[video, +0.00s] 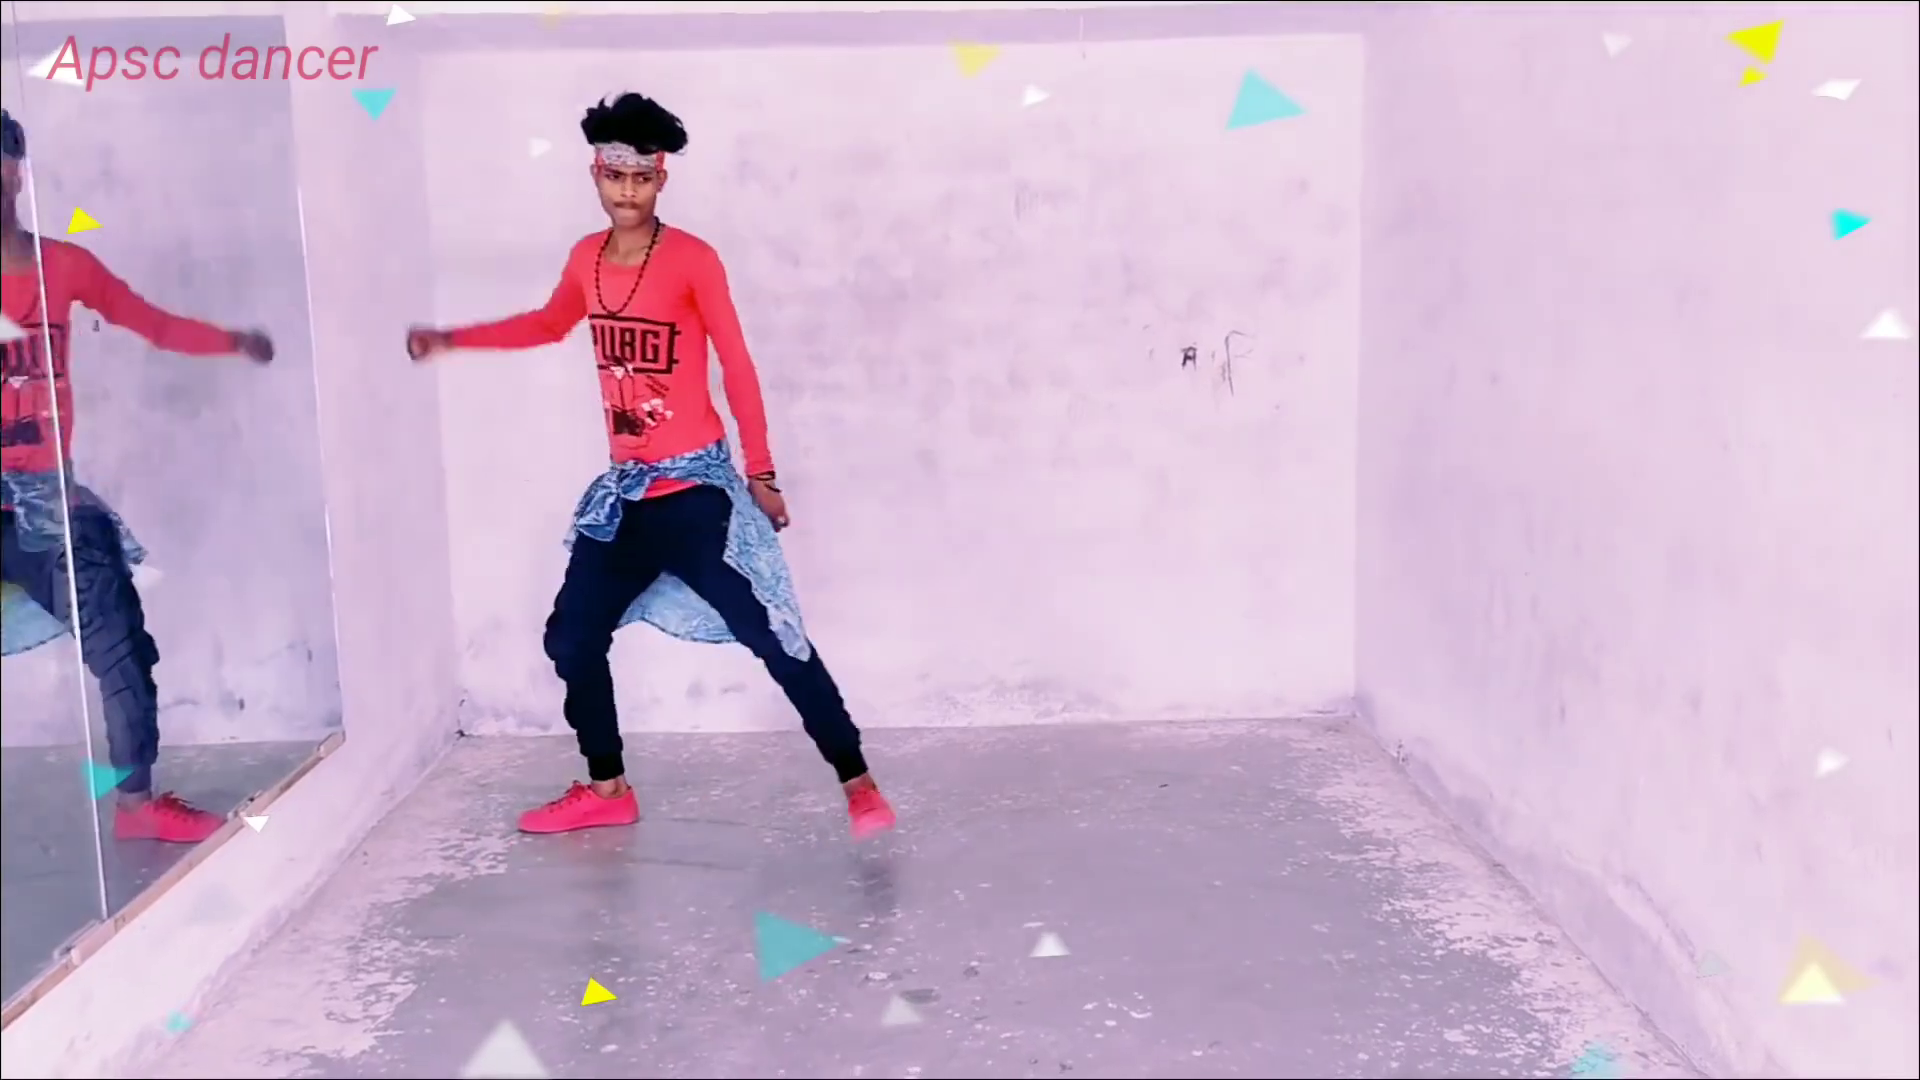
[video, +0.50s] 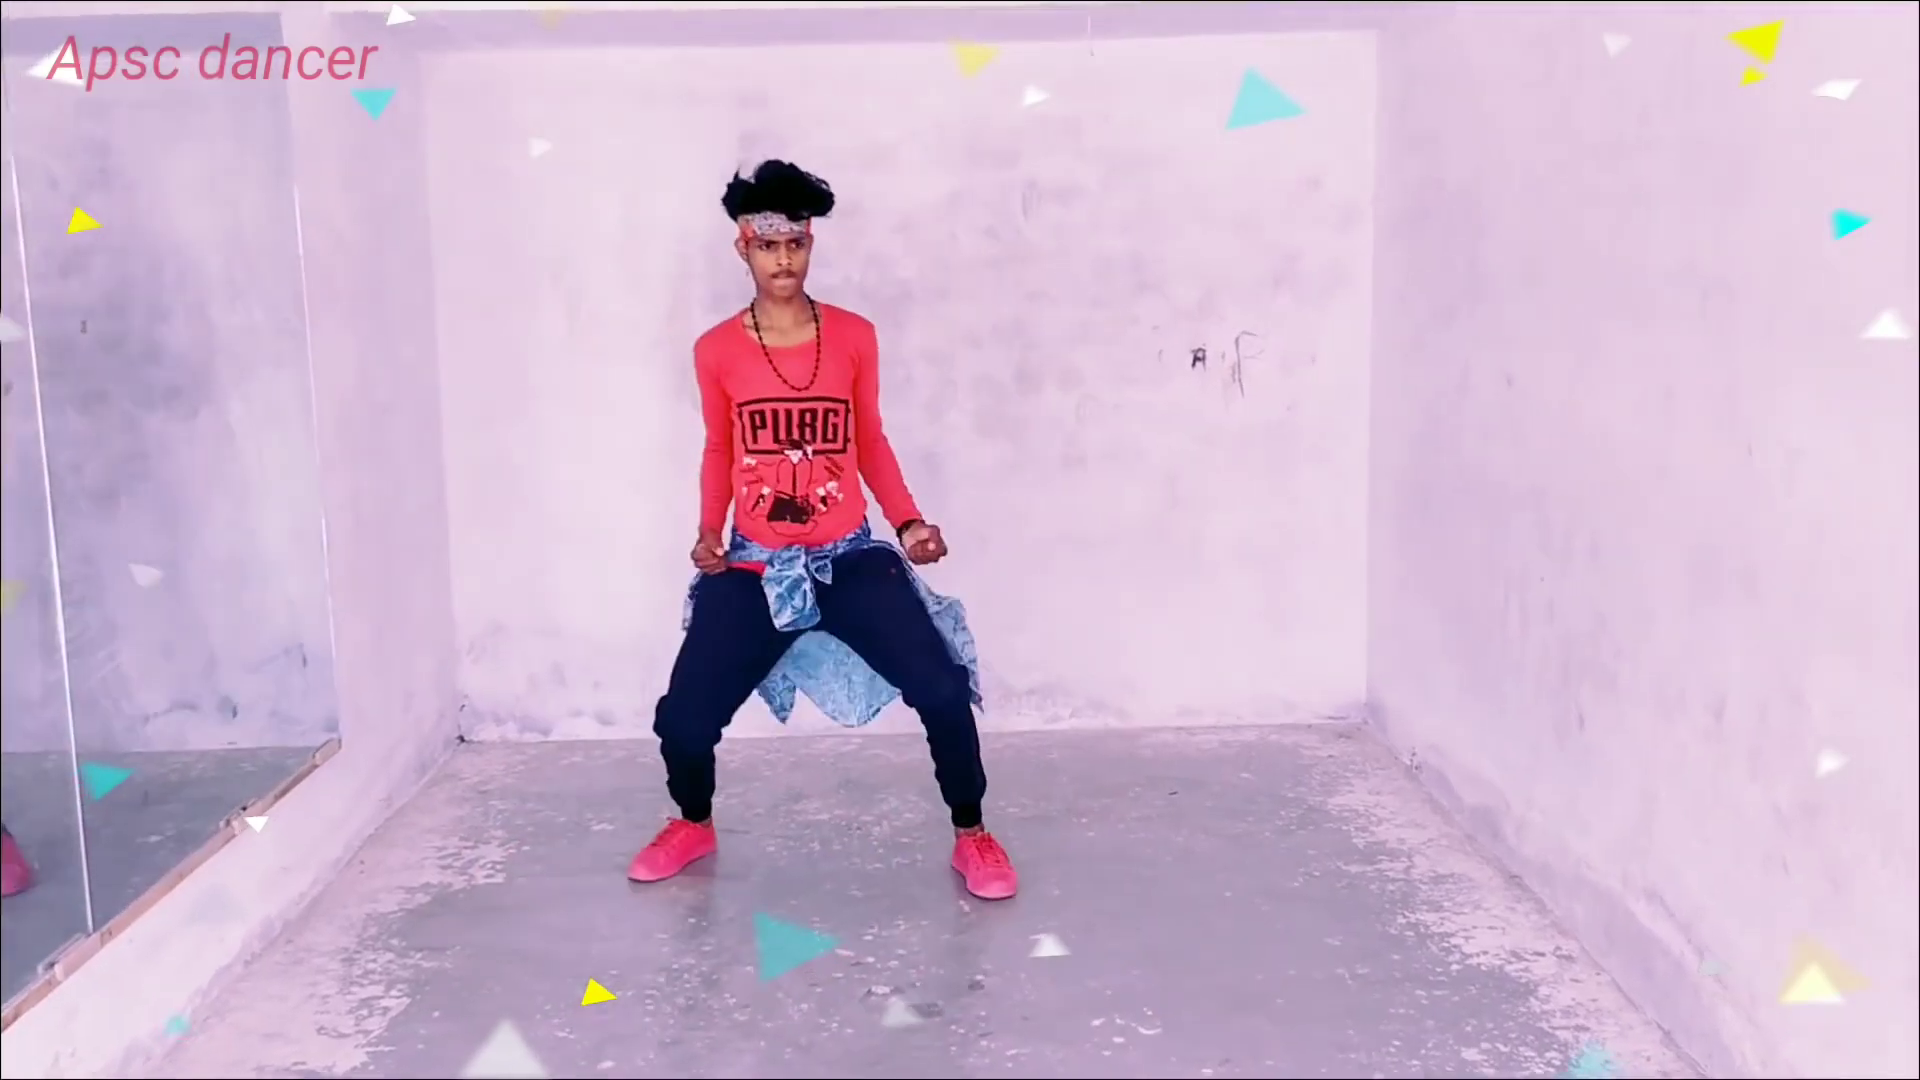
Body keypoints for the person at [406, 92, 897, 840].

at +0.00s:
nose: (627, 190)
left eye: (641, 175)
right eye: (613, 174)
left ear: (663, 180)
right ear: (595, 180)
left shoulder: (693, 262)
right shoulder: (587, 259)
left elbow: (737, 364)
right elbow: (550, 324)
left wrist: (760, 470)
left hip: (702, 486)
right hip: (626, 491)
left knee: (771, 631)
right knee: (572, 637)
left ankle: (858, 782)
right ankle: (607, 788)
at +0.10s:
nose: (666, 206)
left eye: (681, 190)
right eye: (651, 190)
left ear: (702, 194)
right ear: (632, 196)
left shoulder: (737, 279)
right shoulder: (618, 284)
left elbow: (785, 377)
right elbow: (611, 375)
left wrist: (823, 470)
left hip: (738, 507)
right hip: (658, 510)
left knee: (810, 649)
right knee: (581, 651)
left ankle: (894, 808)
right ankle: (608, 789)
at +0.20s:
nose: (710, 225)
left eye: (724, 209)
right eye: (696, 209)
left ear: (740, 214)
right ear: (671, 214)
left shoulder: (780, 295)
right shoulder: (654, 312)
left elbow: (823, 391)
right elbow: (657, 418)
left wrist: (849, 457)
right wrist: (627, 468)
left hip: (789, 518)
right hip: (700, 526)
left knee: (866, 655)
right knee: (625, 669)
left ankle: (918, 822)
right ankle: (616, 798)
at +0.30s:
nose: (743, 243)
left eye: (755, 226)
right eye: (727, 226)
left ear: (772, 231)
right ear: (702, 231)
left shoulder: (809, 310)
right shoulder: (679, 328)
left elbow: (851, 417)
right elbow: (679, 441)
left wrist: (869, 451)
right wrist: (671, 472)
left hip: (825, 535)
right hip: (737, 542)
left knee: (892, 678)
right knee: (654, 687)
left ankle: (937, 828)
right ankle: (674, 813)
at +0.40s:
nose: (763, 248)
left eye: (775, 233)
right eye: (748, 234)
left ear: (792, 238)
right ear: (723, 240)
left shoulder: (833, 327)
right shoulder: (699, 341)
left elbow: (863, 430)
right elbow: (709, 446)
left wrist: (897, 511)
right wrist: (698, 526)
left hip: (836, 547)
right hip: (745, 554)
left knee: (917, 687)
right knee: (676, 705)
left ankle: (965, 831)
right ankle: (690, 821)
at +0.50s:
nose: (784, 259)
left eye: (796, 242)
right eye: (769, 244)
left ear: (812, 248)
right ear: (743, 249)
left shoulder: (853, 337)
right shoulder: (716, 350)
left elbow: (869, 440)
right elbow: (720, 446)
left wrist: (908, 522)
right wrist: (710, 530)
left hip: (847, 561)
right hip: (752, 566)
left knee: (944, 691)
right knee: (683, 721)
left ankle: (973, 835)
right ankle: (693, 825)